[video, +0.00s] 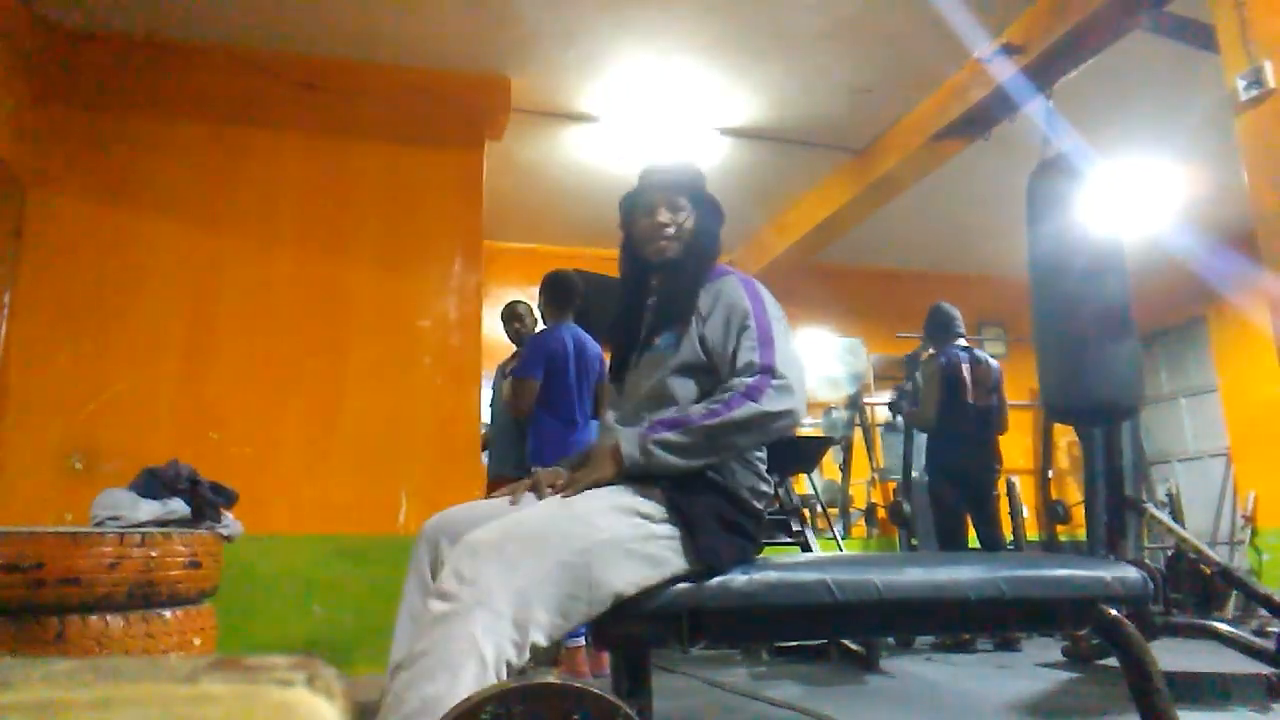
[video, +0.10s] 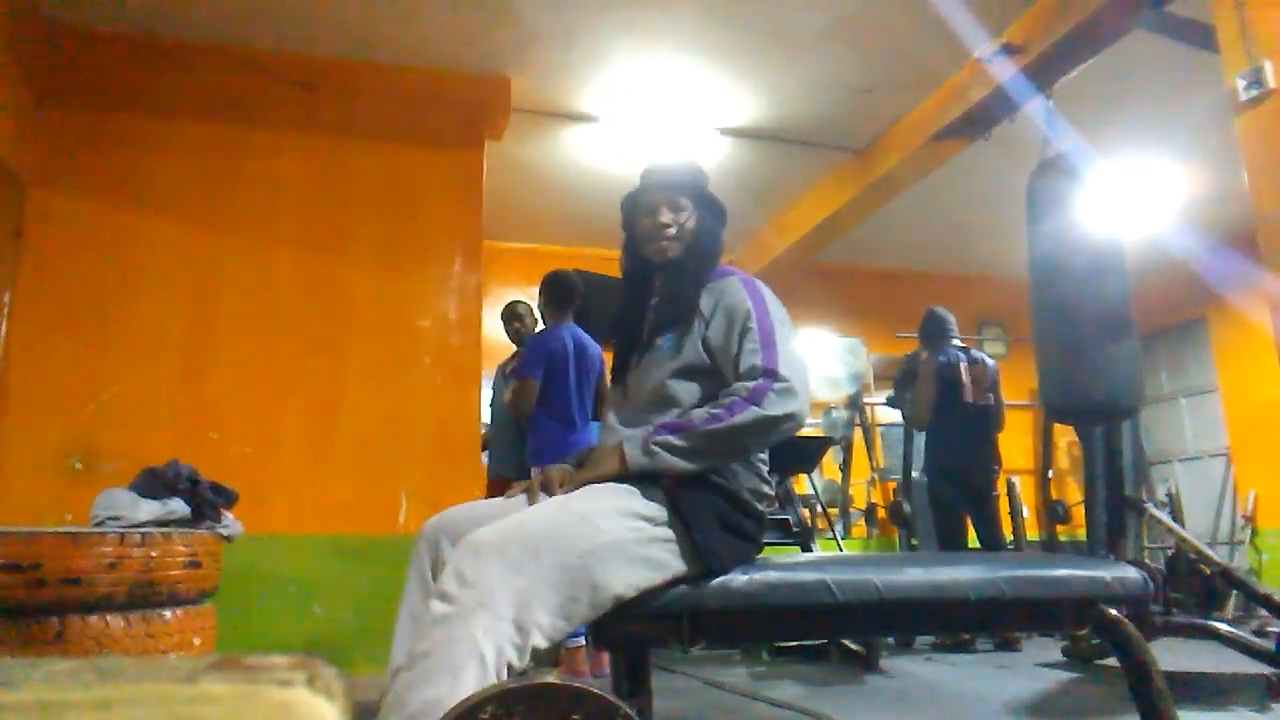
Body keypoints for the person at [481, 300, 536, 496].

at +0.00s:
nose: (515, 327)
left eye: (521, 319)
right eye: (508, 322)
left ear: (535, 321)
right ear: (503, 328)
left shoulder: (544, 364)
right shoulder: (504, 368)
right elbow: (500, 421)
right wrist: (481, 442)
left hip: (532, 466)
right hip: (501, 469)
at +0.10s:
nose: (515, 327)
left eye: (521, 319)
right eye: (508, 322)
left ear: (535, 321)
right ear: (504, 329)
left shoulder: (545, 364)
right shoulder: (504, 369)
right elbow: (500, 421)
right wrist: (484, 440)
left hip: (532, 467)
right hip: (501, 469)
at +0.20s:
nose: (515, 327)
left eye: (521, 318)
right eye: (508, 322)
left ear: (535, 321)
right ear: (504, 329)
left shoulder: (545, 364)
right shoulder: (503, 369)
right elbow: (500, 421)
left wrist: (517, 411)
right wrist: (484, 440)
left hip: (532, 468)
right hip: (501, 470)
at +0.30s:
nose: (515, 327)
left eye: (521, 319)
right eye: (509, 322)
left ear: (535, 321)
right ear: (504, 329)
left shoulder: (543, 363)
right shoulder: (503, 369)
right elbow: (500, 418)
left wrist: (514, 419)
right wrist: (486, 439)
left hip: (530, 467)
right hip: (500, 469)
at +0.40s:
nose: (516, 326)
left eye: (521, 319)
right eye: (509, 322)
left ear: (535, 321)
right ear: (504, 329)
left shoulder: (542, 363)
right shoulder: (503, 369)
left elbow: (534, 409)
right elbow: (500, 418)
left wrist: (515, 419)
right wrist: (485, 439)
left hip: (529, 466)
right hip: (500, 468)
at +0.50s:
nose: (516, 326)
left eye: (521, 319)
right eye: (509, 322)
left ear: (535, 321)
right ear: (505, 329)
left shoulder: (543, 363)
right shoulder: (503, 369)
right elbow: (500, 421)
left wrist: (517, 421)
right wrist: (484, 440)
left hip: (530, 467)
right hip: (501, 469)